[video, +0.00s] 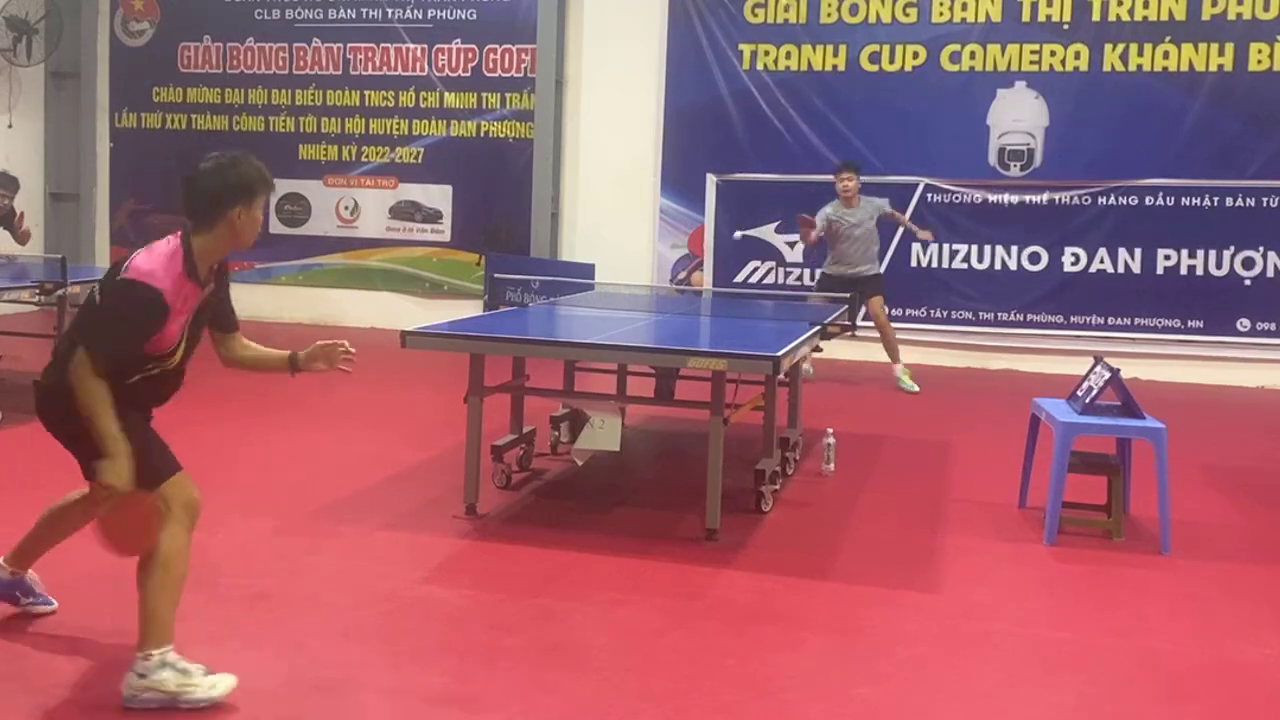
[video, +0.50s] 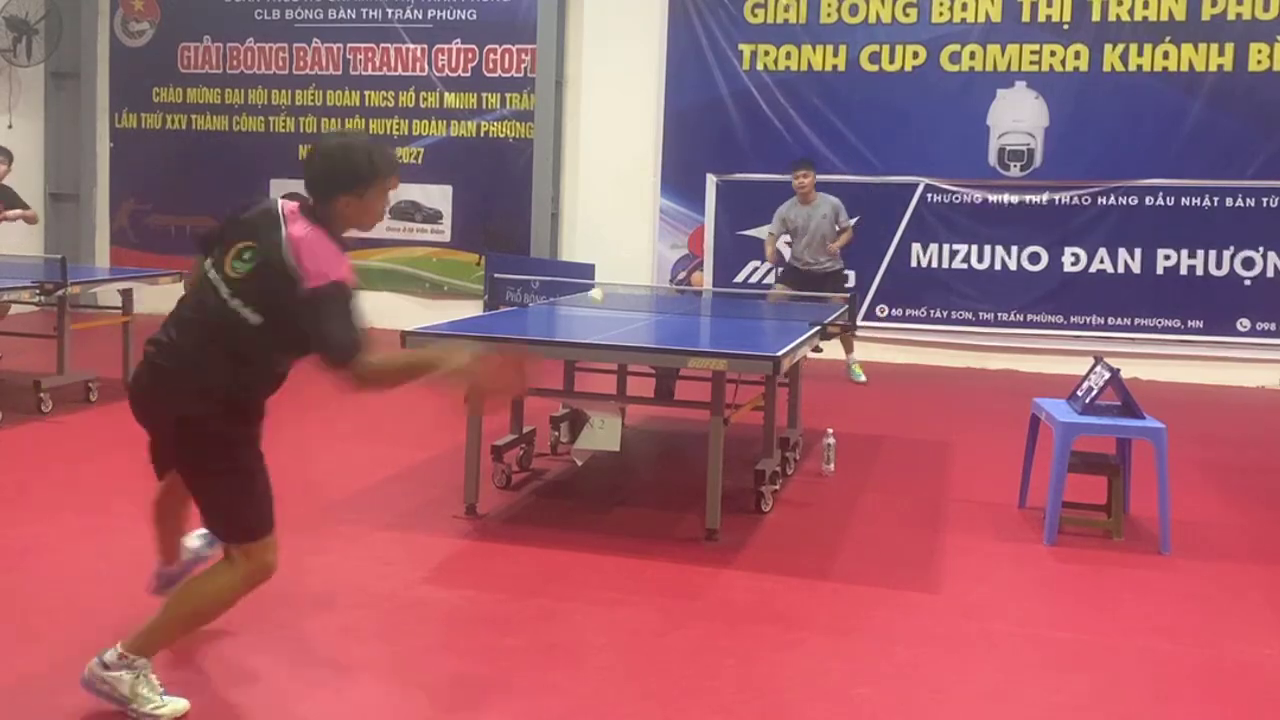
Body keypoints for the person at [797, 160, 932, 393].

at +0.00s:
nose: (845, 185)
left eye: (850, 180)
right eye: (841, 181)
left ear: (859, 183)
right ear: (835, 185)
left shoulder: (874, 205)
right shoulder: (828, 213)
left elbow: (895, 216)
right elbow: (812, 239)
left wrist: (917, 231)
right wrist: (807, 236)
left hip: (868, 274)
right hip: (834, 275)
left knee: (879, 317)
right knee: (811, 316)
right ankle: (804, 360)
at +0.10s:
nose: (851, 200)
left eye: (856, 196)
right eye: (847, 196)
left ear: (865, 199)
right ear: (842, 201)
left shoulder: (881, 224)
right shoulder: (836, 230)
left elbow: (898, 248)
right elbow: (822, 256)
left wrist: (911, 274)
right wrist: (818, 257)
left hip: (874, 288)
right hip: (842, 288)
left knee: (886, 329)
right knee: (815, 318)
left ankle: (909, 374)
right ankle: (810, 365)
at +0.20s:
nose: (844, 204)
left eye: (849, 199)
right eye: (840, 200)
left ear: (858, 203)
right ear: (835, 205)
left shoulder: (876, 229)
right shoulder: (828, 234)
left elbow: (886, 259)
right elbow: (817, 261)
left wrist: (886, 286)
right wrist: (814, 267)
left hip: (871, 291)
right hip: (838, 292)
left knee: (886, 331)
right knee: (808, 323)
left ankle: (909, 375)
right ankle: (800, 365)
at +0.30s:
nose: (828, 196)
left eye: (833, 191)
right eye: (824, 191)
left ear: (842, 193)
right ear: (819, 195)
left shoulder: (860, 220)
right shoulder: (811, 225)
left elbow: (870, 246)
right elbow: (800, 251)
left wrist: (866, 265)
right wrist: (798, 262)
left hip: (854, 286)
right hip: (821, 286)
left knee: (873, 328)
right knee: (800, 321)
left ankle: (902, 373)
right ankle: (801, 365)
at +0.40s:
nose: (813, 185)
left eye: (818, 180)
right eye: (809, 181)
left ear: (827, 182)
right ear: (805, 184)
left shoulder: (845, 209)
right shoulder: (797, 214)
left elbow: (858, 236)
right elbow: (785, 242)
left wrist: (853, 251)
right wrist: (783, 250)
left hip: (840, 275)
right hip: (807, 275)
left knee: (856, 320)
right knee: (788, 314)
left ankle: (875, 366)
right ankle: (799, 364)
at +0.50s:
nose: (801, 181)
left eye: (805, 177)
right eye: (797, 178)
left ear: (814, 179)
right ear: (792, 182)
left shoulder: (832, 204)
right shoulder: (785, 210)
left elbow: (848, 230)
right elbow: (772, 236)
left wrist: (838, 244)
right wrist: (771, 252)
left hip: (830, 271)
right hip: (797, 269)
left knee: (841, 314)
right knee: (773, 301)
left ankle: (851, 361)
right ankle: (782, 353)